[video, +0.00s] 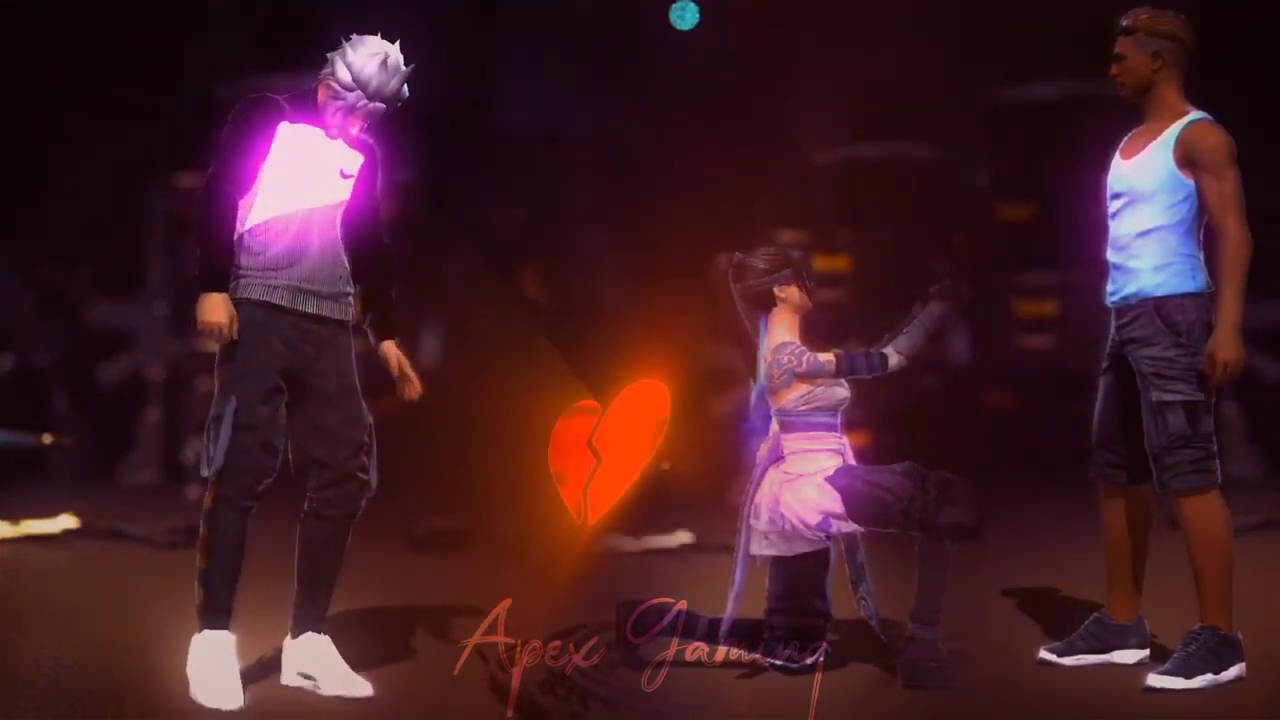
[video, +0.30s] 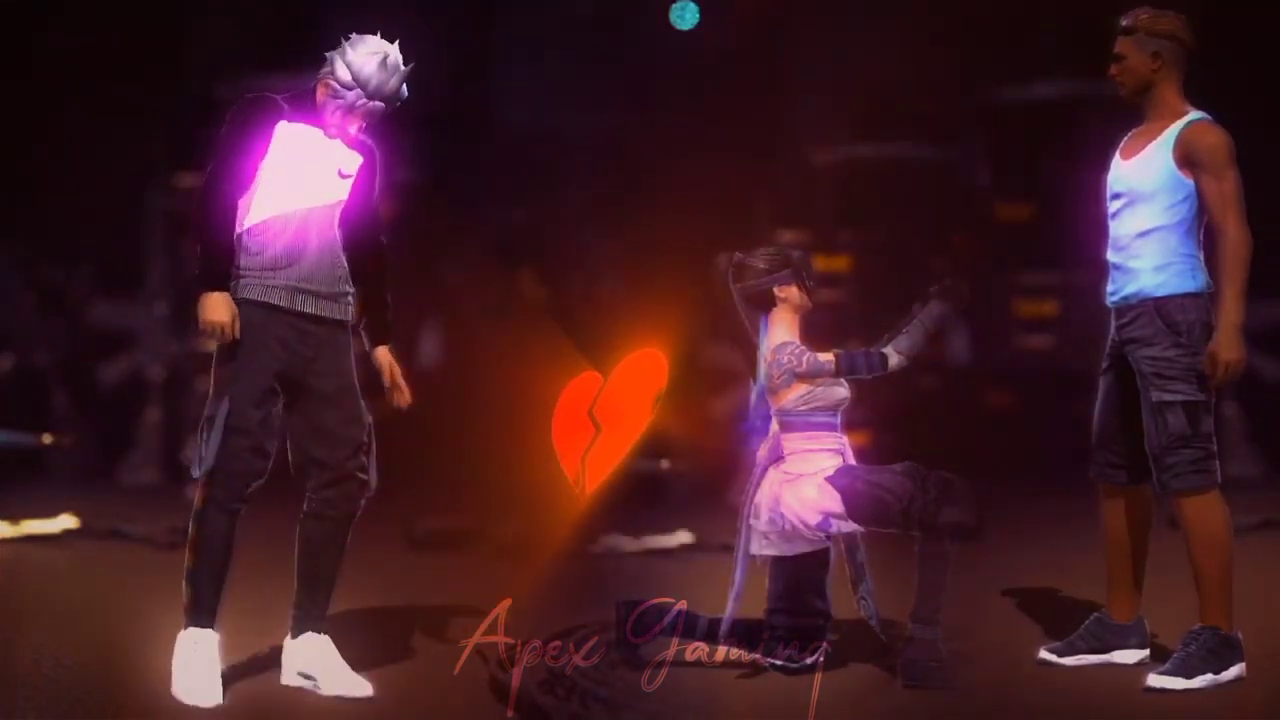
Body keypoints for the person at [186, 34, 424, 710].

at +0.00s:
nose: (355, 124)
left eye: (369, 114)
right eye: (348, 106)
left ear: (383, 109)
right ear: (325, 85)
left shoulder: (373, 154)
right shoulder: (265, 118)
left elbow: (373, 249)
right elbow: (217, 197)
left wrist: (387, 333)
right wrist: (213, 284)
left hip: (334, 326)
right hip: (260, 315)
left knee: (345, 477)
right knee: (245, 469)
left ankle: (307, 639)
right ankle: (213, 638)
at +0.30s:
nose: (355, 121)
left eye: (368, 112)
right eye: (348, 104)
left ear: (382, 109)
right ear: (324, 83)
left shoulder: (372, 154)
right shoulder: (261, 120)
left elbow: (370, 251)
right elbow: (217, 199)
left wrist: (381, 339)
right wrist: (214, 284)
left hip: (335, 328)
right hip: (259, 316)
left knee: (344, 477)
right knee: (234, 470)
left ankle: (306, 638)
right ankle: (199, 636)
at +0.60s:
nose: (353, 120)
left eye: (366, 111)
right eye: (347, 102)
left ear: (378, 108)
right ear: (324, 85)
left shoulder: (371, 155)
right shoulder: (259, 120)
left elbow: (367, 252)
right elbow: (218, 199)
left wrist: (372, 340)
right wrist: (215, 283)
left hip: (332, 330)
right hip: (256, 317)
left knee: (342, 478)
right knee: (223, 473)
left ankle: (308, 638)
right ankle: (185, 632)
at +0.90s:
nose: (352, 118)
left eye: (366, 110)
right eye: (348, 101)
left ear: (377, 106)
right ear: (324, 81)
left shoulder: (372, 152)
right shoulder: (258, 115)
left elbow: (369, 252)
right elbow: (215, 197)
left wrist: (367, 342)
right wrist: (216, 282)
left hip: (329, 332)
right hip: (252, 318)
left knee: (340, 478)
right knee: (216, 472)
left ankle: (307, 637)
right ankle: (178, 628)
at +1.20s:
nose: (348, 116)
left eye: (362, 108)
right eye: (341, 98)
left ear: (375, 107)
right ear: (319, 82)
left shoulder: (369, 157)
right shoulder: (257, 122)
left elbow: (361, 255)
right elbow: (213, 197)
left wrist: (353, 345)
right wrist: (217, 279)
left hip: (325, 333)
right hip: (250, 319)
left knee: (334, 479)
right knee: (208, 473)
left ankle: (307, 637)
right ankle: (172, 625)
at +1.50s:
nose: (342, 114)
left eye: (358, 106)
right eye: (336, 96)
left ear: (372, 105)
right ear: (314, 80)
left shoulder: (366, 154)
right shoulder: (252, 115)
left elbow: (352, 233)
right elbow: (207, 196)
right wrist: (218, 277)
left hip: (317, 332)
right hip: (242, 320)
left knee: (332, 478)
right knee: (201, 471)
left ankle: (306, 637)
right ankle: (168, 623)